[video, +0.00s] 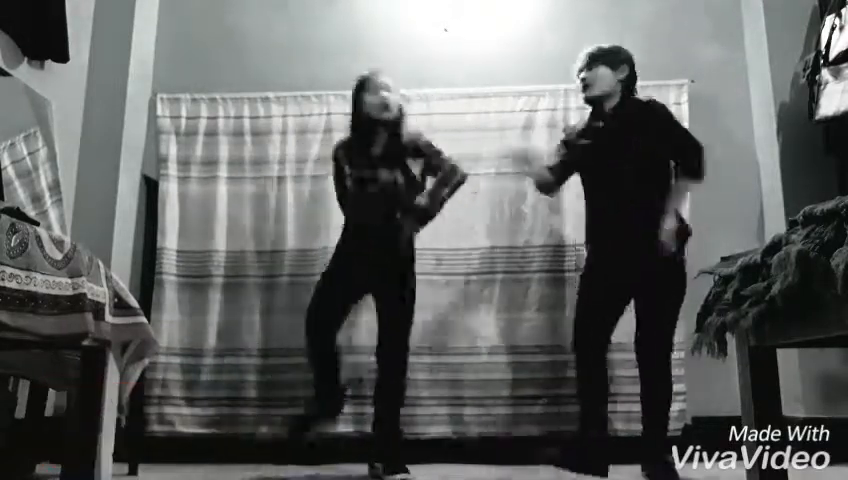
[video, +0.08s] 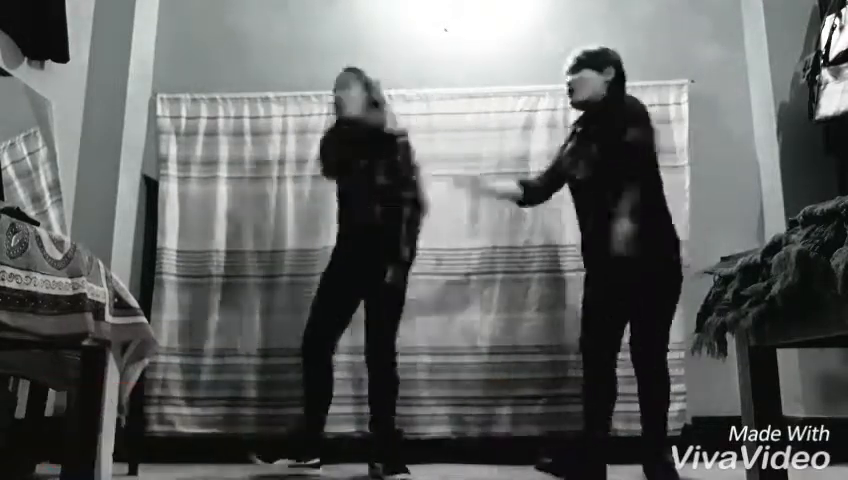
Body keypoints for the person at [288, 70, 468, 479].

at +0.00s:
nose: (384, 97)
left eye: (388, 90)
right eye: (374, 91)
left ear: (397, 101)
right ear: (359, 103)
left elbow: (452, 175)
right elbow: (347, 202)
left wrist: (421, 213)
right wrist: (385, 206)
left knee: (392, 352)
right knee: (319, 323)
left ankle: (387, 450)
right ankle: (327, 402)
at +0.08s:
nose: (340, 99)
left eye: (347, 91)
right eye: (337, 93)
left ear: (367, 93)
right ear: (339, 99)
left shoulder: (393, 142)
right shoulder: (339, 140)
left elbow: (411, 203)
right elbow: (330, 165)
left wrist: (401, 258)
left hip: (386, 258)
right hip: (349, 254)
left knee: (381, 352)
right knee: (316, 343)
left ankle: (386, 453)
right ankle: (310, 445)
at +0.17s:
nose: (315, 98)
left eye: (321, 90)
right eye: (316, 90)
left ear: (342, 95)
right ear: (331, 96)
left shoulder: (372, 135)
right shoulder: (324, 135)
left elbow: (392, 193)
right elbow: (300, 152)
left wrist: (402, 251)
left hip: (364, 253)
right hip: (334, 252)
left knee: (367, 351)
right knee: (306, 347)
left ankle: (390, 453)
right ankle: (304, 448)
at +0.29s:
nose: (291, 104)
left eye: (298, 98)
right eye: (294, 98)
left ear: (314, 107)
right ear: (318, 108)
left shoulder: (343, 146)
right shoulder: (293, 152)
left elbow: (380, 188)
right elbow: (251, 165)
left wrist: (414, 224)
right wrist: (202, 158)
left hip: (332, 261)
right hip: (313, 260)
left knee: (285, 341)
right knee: (286, 343)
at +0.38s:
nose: (278, 111)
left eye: (285, 104)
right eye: (281, 103)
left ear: (304, 110)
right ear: (304, 111)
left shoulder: (331, 148)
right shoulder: (293, 158)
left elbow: (366, 176)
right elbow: (250, 194)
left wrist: (385, 172)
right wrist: (199, 208)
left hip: (314, 261)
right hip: (302, 261)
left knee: (232, 312)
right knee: (282, 346)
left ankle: (303, 364)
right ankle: (301, 447)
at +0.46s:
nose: (268, 104)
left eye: (275, 97)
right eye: (271, 97)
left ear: (294, 100)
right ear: (305, 100)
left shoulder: (298, 139)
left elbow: (274, 206)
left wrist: (234, 251)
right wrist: (234, 250)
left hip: (293, 254)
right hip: (306, 254)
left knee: (245, 337)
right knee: (290, 348)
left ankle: (227, 435)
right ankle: (303, 443)